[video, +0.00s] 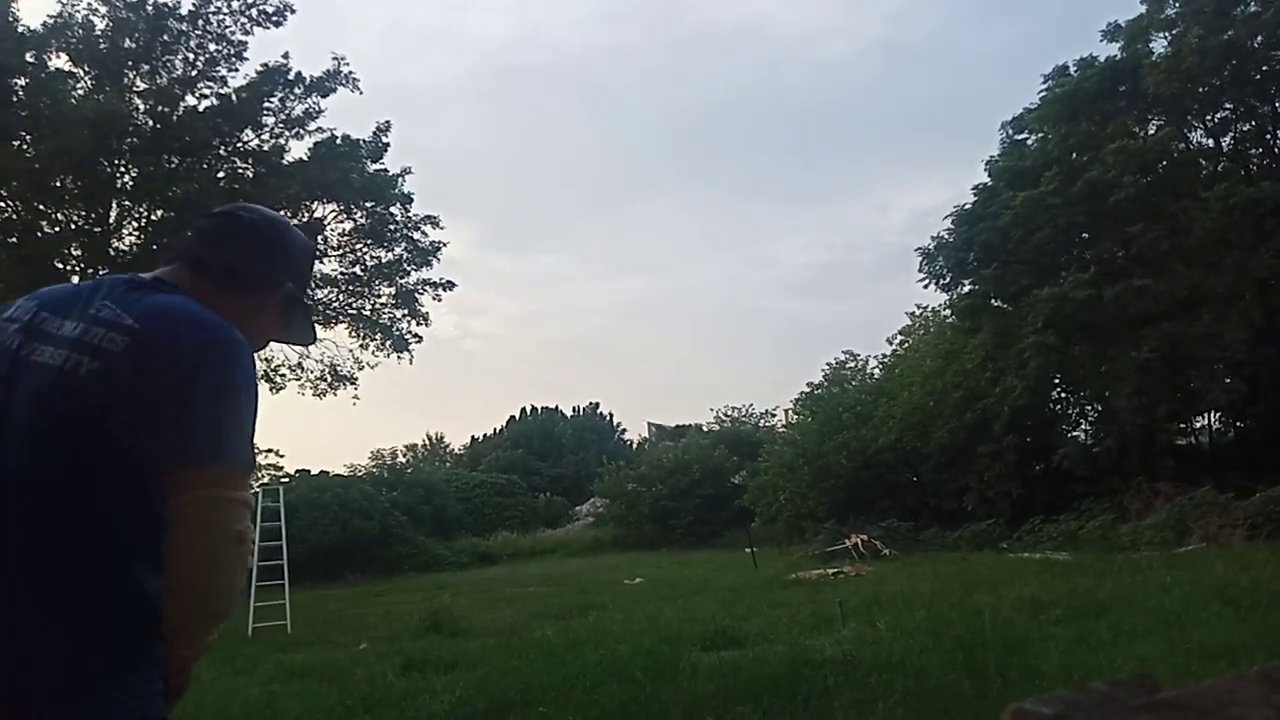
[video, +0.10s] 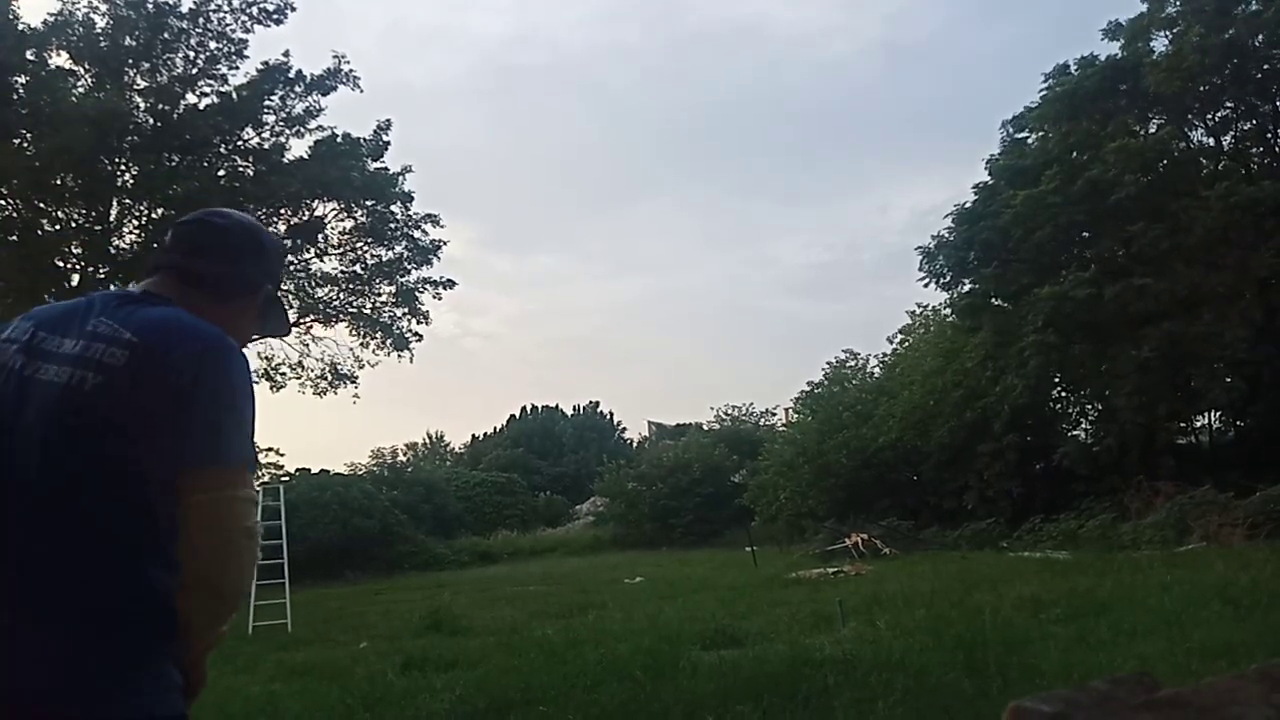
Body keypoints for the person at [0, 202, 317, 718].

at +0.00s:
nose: (269, 342)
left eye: (281, 331)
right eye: (279, 323)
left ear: (194, 258)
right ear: (265, 292)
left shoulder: (34, 306)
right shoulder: (209, 347)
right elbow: (211, 567)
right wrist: (172, 668)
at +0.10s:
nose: (251, 339)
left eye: (261, 328)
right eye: (258, 320)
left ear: (166, 269)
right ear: (243, 298)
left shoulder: (30, 324)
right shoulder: (206, 355)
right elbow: (224, 555)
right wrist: (191, 650)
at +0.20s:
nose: (226, 343)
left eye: (233, 333)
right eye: (230, 329)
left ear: (133, 291)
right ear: (217, 311)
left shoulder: (20, 355)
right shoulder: (202, 376)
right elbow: (233, 561)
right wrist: (199, 654)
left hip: (13, 660)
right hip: (132, 675)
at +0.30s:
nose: (203, 344)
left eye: (206, 332)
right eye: (204, 330)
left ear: (105, 308)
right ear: (196, 324)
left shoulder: (11, 376)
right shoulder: (198, 392)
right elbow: (231, 570)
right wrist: (184, 668)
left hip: (15, 678)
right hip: (136, 682)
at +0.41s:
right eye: (190, 321)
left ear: (85, 315)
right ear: (183, 324)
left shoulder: (11, 385)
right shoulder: (195, 397)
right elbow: (224, 568)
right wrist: (189, 644)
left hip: (17, 667)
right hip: (140, 674)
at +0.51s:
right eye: (181, 328)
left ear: (81, 325)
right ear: (174, 334)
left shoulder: (11, 392)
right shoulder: (193, 404)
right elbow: (223, 561)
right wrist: (171, 632)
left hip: (19, 661)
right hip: (145, 670)